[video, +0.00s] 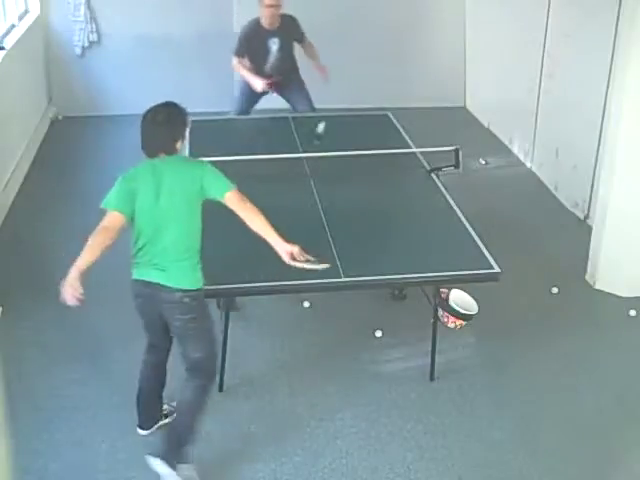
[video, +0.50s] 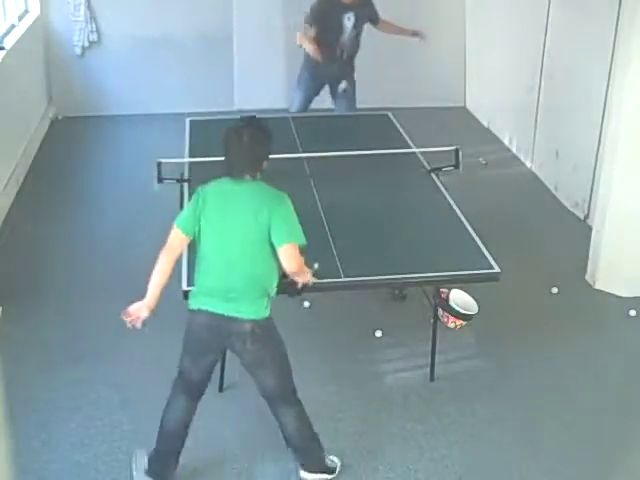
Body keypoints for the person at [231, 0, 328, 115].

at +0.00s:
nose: (272, 11)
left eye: (275, 7)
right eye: (268, 7)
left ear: (280, 8)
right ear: (261, 8)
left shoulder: (289, 23)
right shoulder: (250, 29)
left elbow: (305, 44)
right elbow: (236, 62)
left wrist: (317, 64)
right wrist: (254, 80)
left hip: (286, 78)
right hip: (256, 78)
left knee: (308, 113)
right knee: (238, 115)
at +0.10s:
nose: (294, 12)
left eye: (297, 7)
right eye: (290, 7)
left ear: (302, 9)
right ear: (282, 8)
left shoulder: (308, 24)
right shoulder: (270, 29)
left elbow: (319, 45)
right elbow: (261, 69)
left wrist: (338, 62)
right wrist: (287, 80)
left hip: (301, 81)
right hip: (272, 82)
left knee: (319, 117)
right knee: (248, 114)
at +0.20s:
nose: (317, 11)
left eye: (321, 7)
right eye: (313, 7)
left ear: (326, 9)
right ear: (306, 6)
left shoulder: (329, 21)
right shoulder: (294, 27)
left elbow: (336, 45)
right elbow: (289, 69)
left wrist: (366, 60)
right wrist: (322, 81)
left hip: (318, 82)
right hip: (289, 82)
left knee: (336, 121)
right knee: (264, 120)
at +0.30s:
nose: (336, 6)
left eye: (339, 3)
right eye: (332, 3)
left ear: (343, 5)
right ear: (324, 3)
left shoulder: (345, 16)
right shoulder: (313, 22)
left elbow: (353, 38)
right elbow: (311, 65)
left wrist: (382, 50)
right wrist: (341, 81)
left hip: (329, 80)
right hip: (299, 78)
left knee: (342, 117)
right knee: (276, 117)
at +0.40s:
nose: (346, 4)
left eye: (349, 1)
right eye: (343, 1)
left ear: (353, 2)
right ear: (334, 0)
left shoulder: (356, 9)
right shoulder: (320, 12)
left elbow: (365, 29)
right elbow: (312, 55)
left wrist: (395, 37)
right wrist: (339, 73)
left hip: (337, 74)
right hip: (308, 72)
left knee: (346, 117)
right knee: (288, 113)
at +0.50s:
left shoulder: (365, 6)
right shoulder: (322, 5)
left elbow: (379, 24)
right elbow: (303, 35)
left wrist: (410, 33)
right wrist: (310, 46)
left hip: (343, 70)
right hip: (315, 66)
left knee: (347, 117)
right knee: (296, 112)